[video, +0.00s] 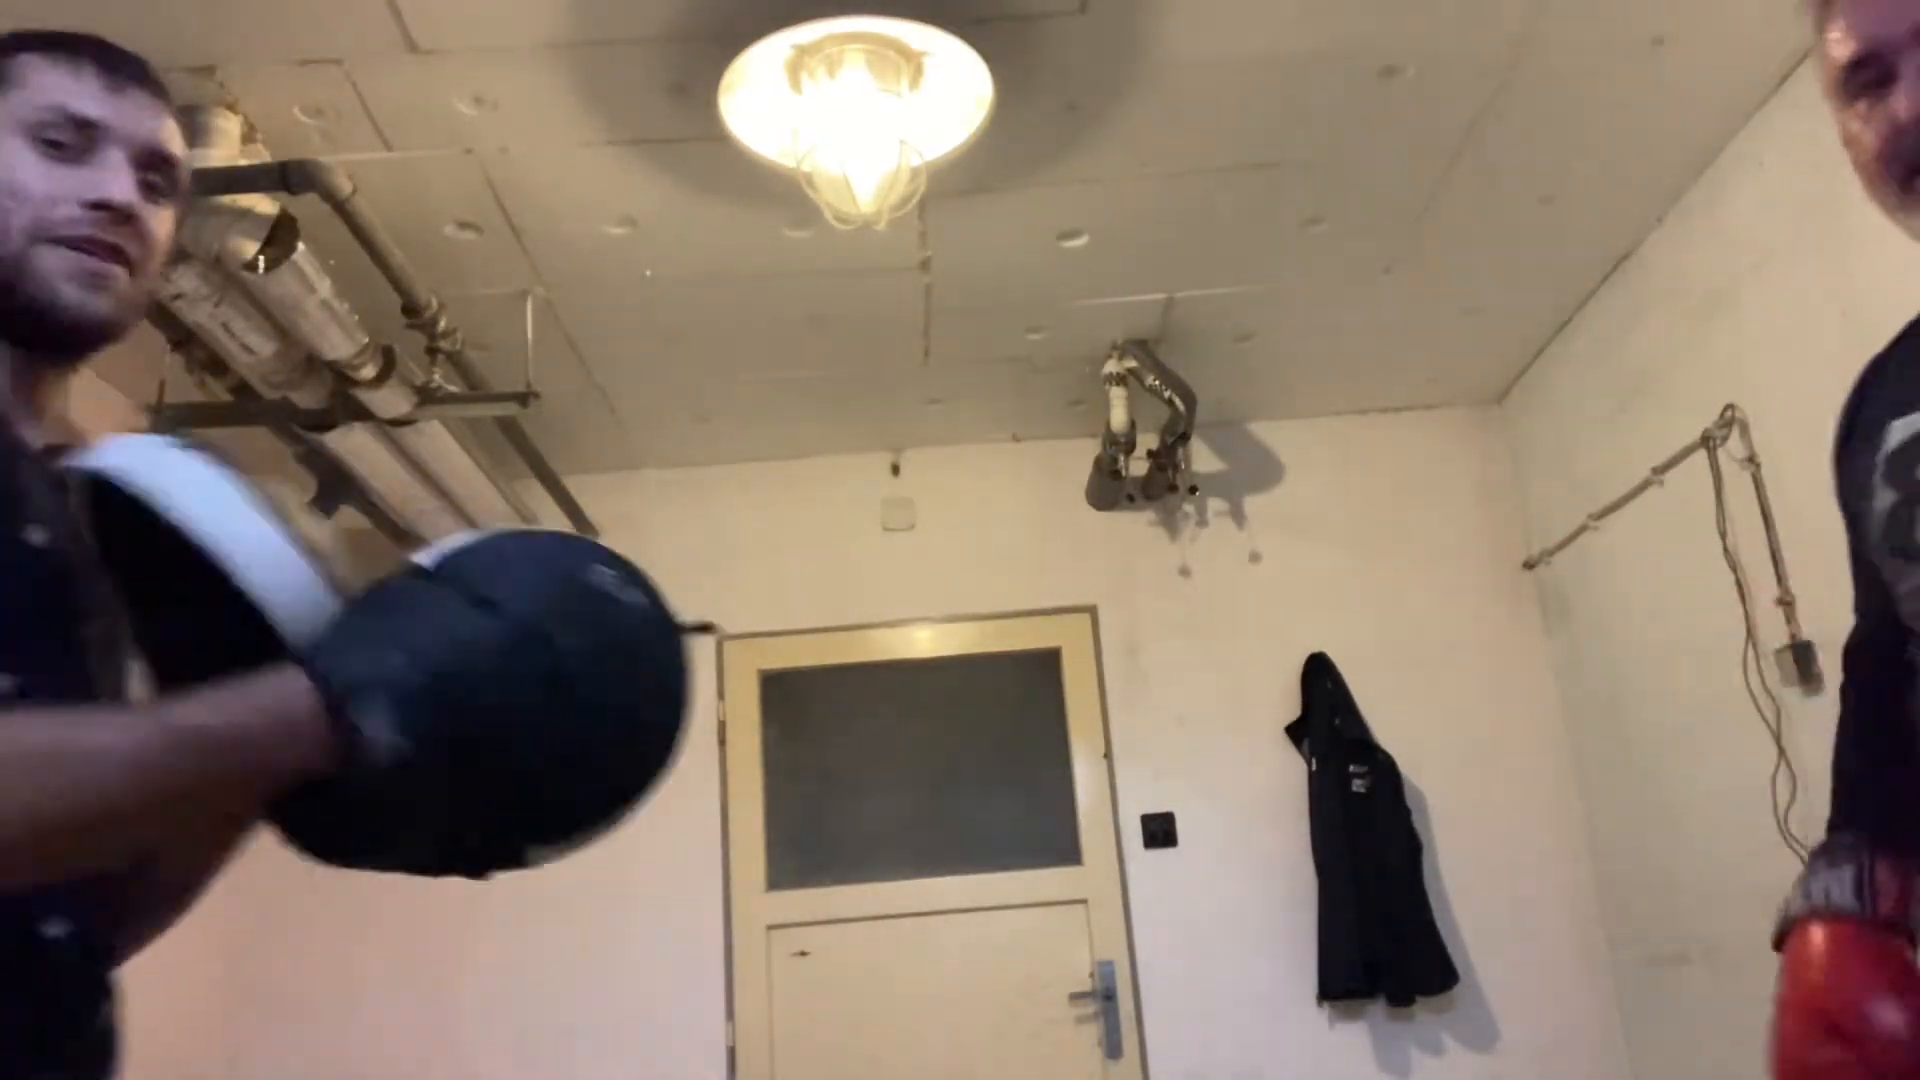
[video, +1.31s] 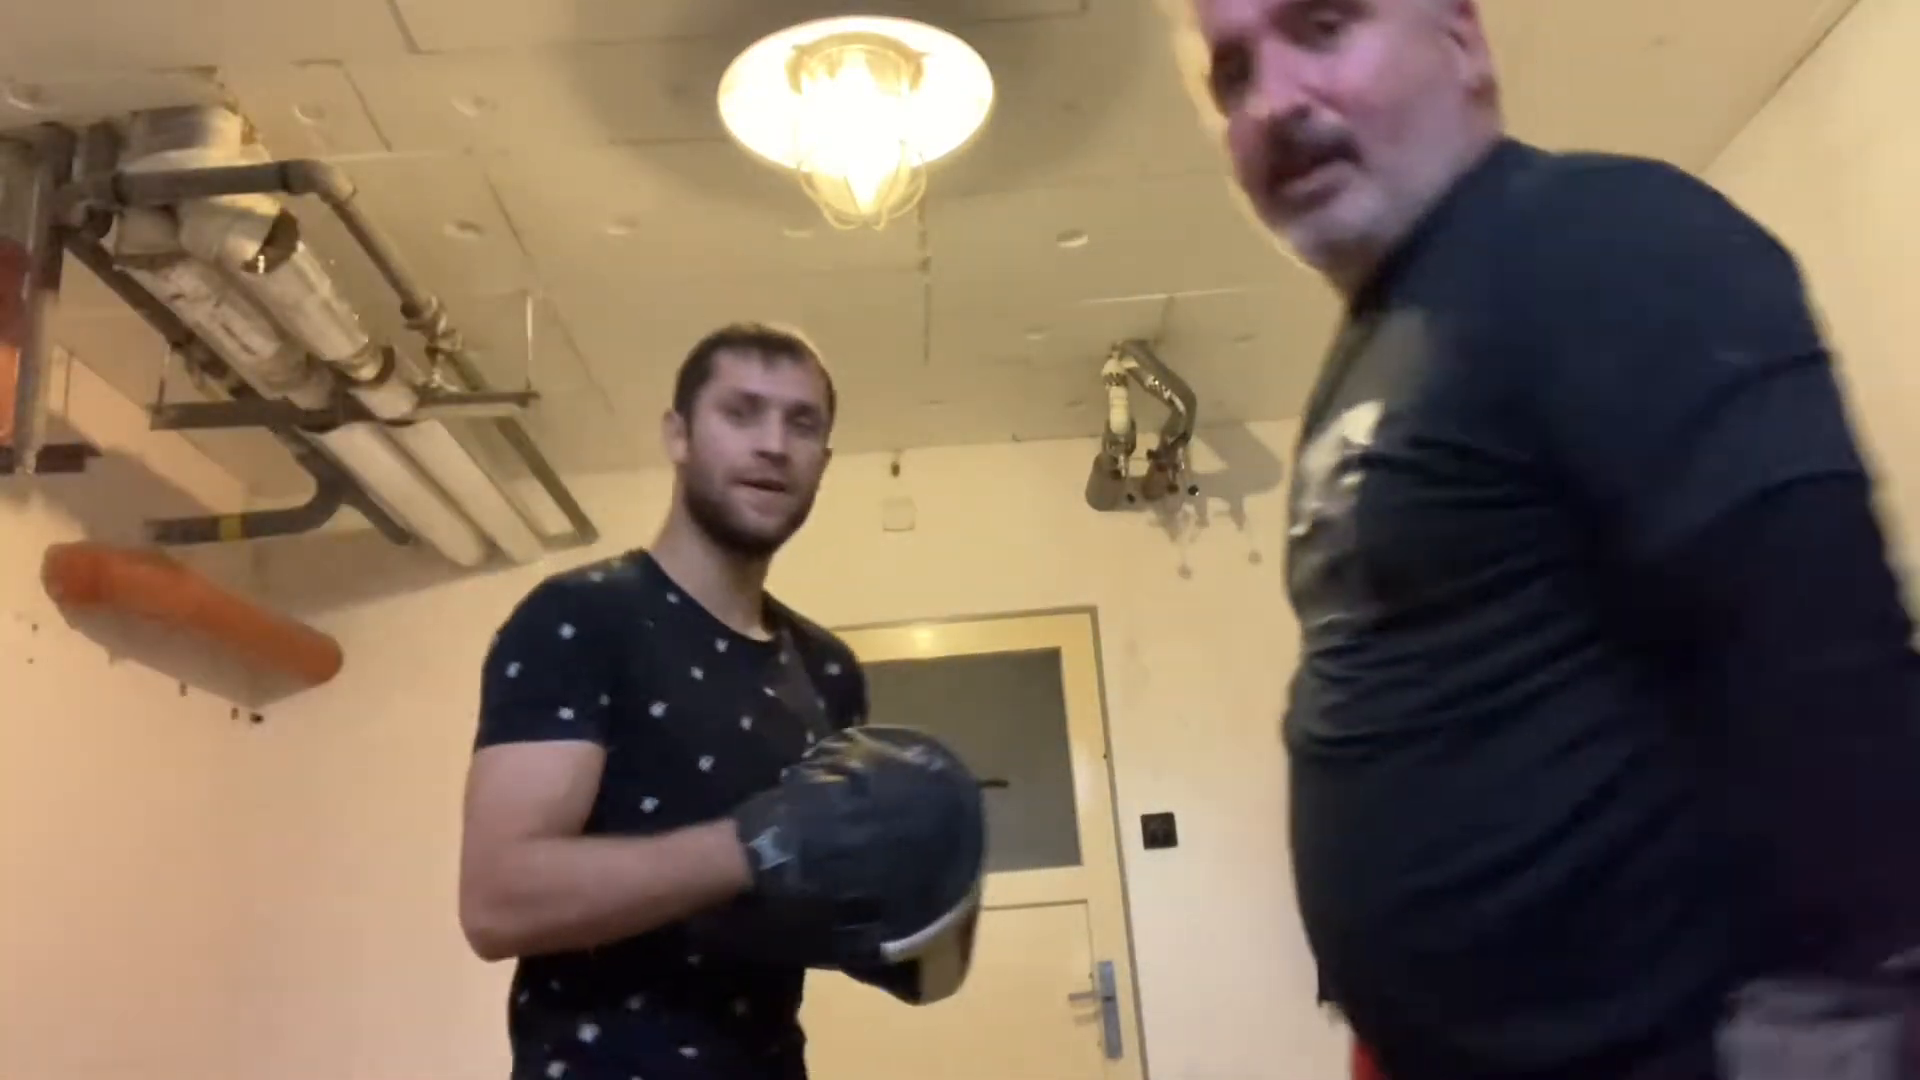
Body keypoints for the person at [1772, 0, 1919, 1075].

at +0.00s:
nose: (1909, 109)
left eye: (1919, 62)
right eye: (1869, 79)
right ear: (1837, 122)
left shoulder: (1882, 406)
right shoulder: (1882, 408)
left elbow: (1882, 669)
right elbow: (1886, 667)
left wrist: (1854, 898)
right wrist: (1853, 894)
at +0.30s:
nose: (1698, 165)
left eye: (1742, 101)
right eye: (1653, 139)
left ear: (1863, 114)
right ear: (1634, 191)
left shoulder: (1904, 324)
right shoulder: (1693, 453)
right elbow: (1765, 748)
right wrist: (1766, 1005)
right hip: (1820, 1018)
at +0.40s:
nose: (1629, 175)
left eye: (1671, 117)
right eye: (1586, 158)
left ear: (1786, 128)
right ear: (1567, 214)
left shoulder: (1900, 269)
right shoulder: (1619, 461)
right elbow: (1681, 741)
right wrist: (1683, 993)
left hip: (1914, 971)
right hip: (1760, 1012)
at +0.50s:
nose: (1580, 189)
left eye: (1620, 131)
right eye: (1537, 173)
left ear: (1730, 144)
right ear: (1517, 229)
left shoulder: (1889, 268)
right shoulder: (1570, 474)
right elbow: (1598, 736)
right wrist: (1583, 997)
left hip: (1911, 979)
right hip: (1745, 1033)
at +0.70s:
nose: (1512, 193)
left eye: (1552, 137)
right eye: (1469, 175)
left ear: (1659, 152)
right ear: (1451, 233)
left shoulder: (1818, 285)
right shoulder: (1500, 475)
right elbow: (1515, 735)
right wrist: (1425, 945)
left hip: (1878, 1003)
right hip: (1656, 1043)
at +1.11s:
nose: (1391, 157)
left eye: (1436, 88)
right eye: (1347, 127)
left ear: (1557, 107)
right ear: (1327, 183)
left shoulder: (1712, 270)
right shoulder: (1397, 422)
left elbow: (1911, 574)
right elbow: (1433, 726)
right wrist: (1418, 994)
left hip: (1773, 1016)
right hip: (1500, 1031)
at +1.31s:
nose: (1274, 100)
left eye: (1321, 31)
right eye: (1232, 76)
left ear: (1465, 43)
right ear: (1217, 125)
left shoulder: (1616, 238)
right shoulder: (1373, 338)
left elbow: (1815, 624)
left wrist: (1843, 982)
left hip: (1660, 1015)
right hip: (1444, 1024)